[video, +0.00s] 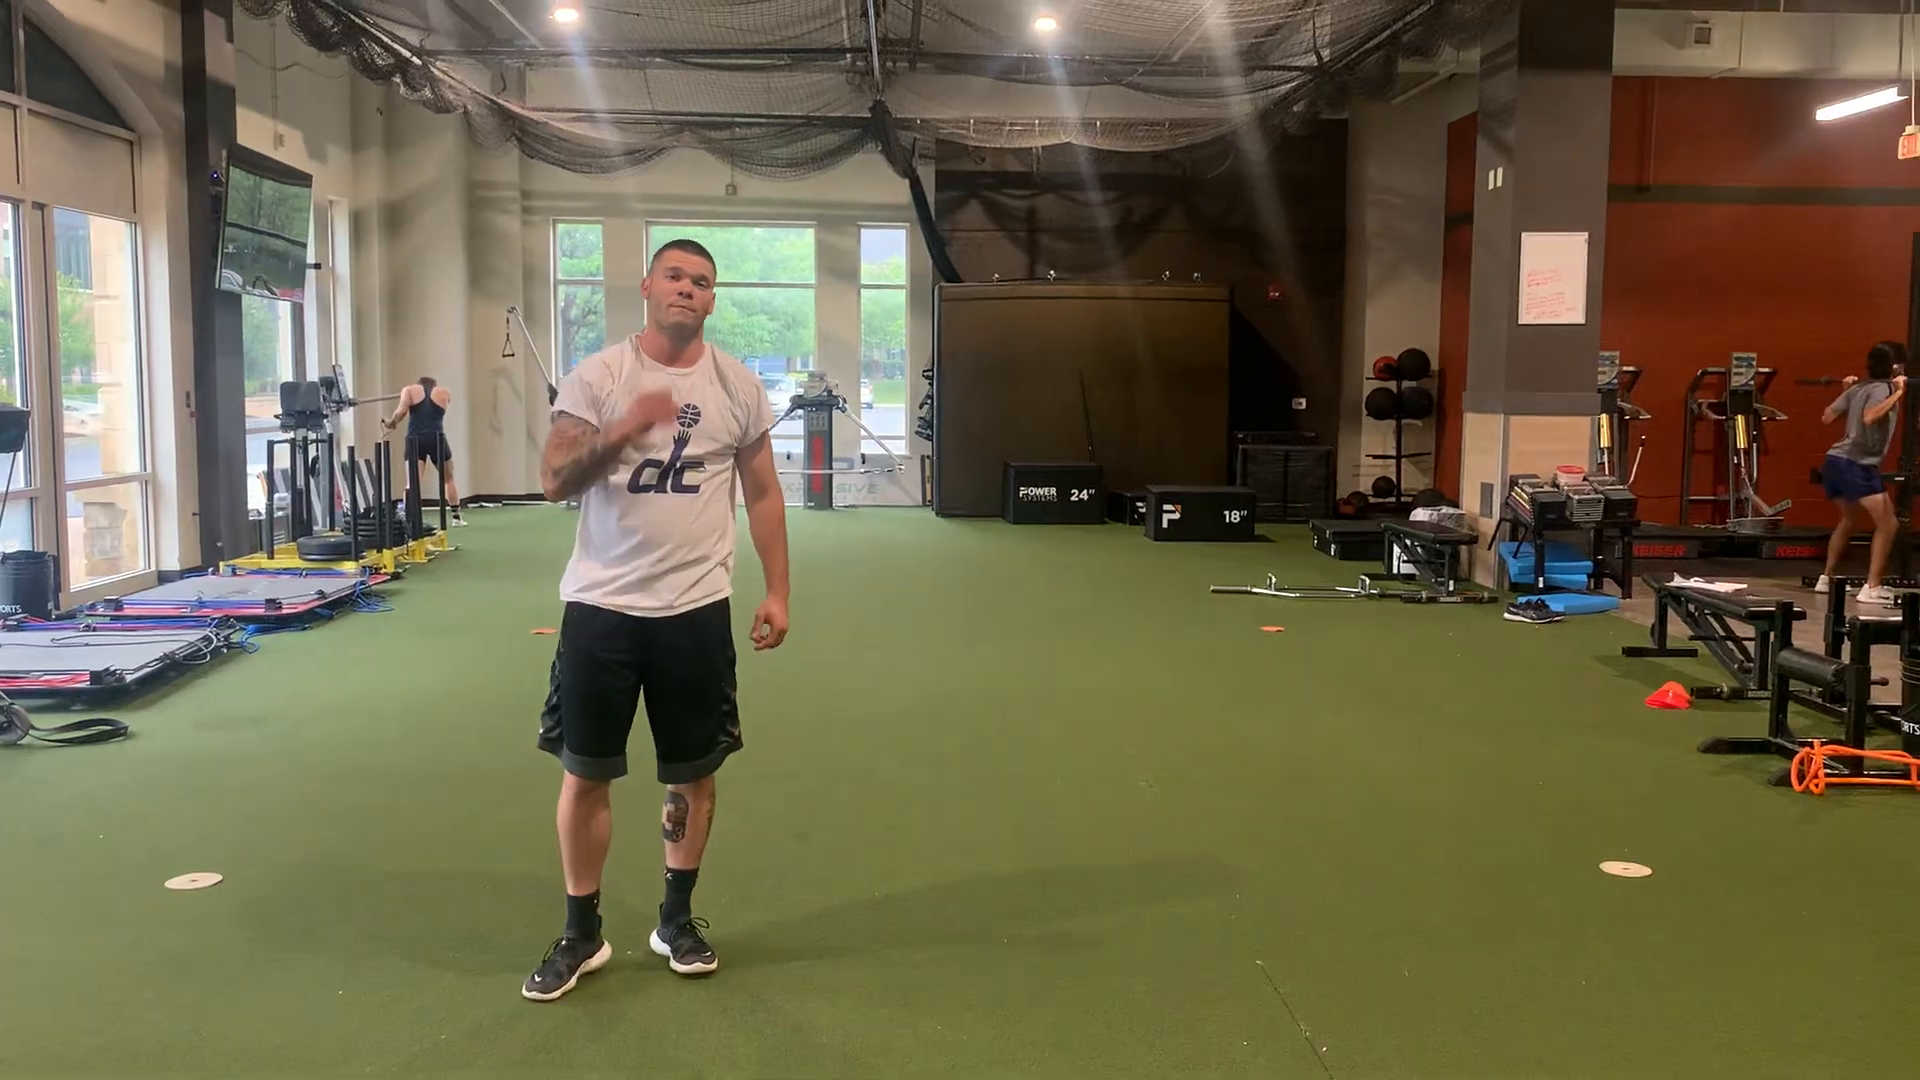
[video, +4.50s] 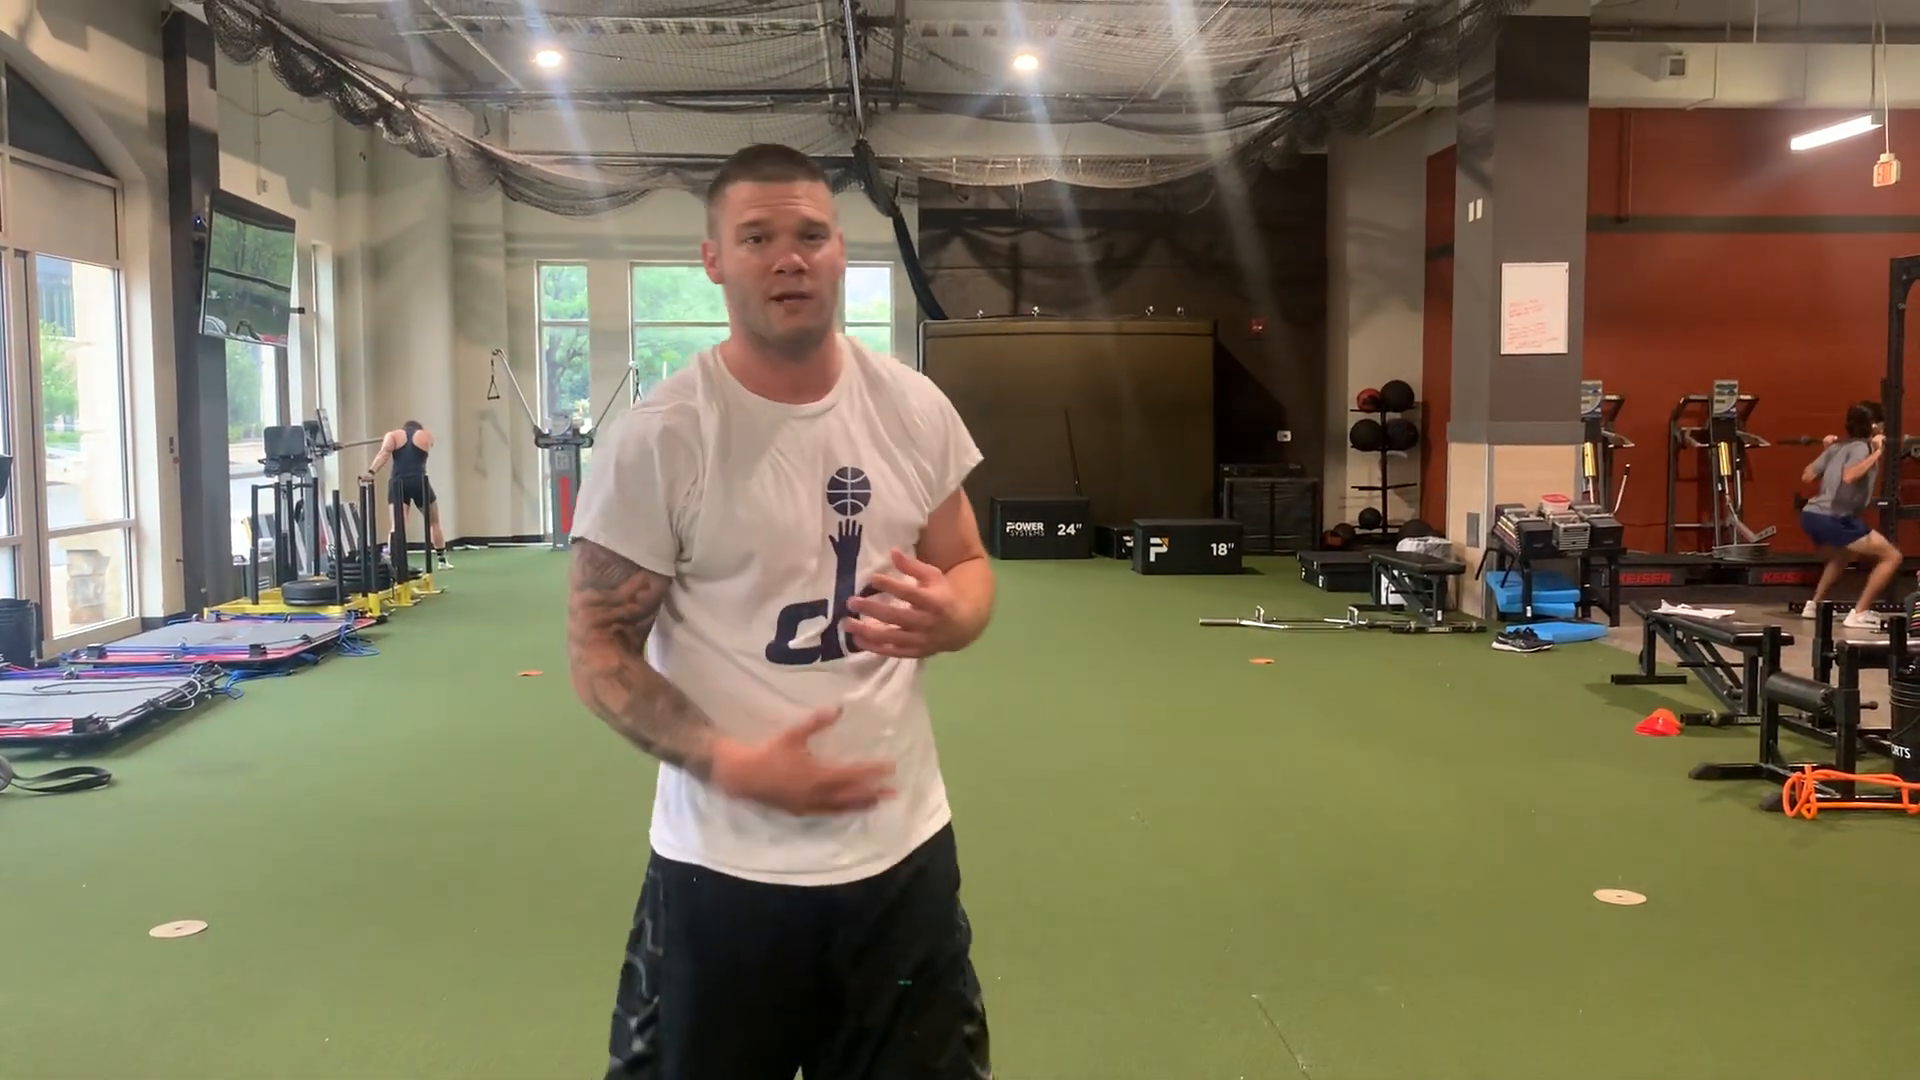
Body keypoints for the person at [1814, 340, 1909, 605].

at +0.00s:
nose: (1903, 371)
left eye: (1904, 368)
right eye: (1902, 367)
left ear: (1872, 366)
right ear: (1893, 368)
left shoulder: (1856, 390)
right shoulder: (1882, 390)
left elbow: (1827, 417)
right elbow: (1869, 417)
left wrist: (1846, 389)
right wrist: (1898, 393)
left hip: (1834, 462)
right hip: (1857, 467)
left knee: (1848, 519)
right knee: (1888, 524)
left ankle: (1826, 577)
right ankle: (1872, 587)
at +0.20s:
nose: (1896, 399)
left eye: (1896, 396)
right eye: (1894, 395)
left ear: (1864, 396)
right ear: (1886, 398)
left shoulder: (1849, 418)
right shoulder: (1875, 419)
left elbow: (1818, 445)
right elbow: (1861, 446)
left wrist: (1838, 419)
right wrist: (1891, 422)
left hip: (1823, 486)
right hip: (1848, 492)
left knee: (1852, 529)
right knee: (1901, 530)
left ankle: (1822, 578)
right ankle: (1868, 587)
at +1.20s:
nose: (1911, 370)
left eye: (1911, 366)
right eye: (1910, 365)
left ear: (1881, 364)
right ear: (1901, 366)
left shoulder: (1864, 388)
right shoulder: (1890, 388)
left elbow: (1835, 415)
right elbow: (1876, 416)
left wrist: (1854, 389)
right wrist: (1905, 391)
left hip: (1841, 460)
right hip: (1863, 465)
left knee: (1857, 517)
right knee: (1901, 517)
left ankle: (1837, 574)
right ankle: (1885, 582)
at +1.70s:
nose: (1915, 396)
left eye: (1914, 391)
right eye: (1912, 391)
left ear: (1883, 392)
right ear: (1904, 394)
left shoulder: (1868, 414)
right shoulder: (1894, 415)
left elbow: (1838, 441)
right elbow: (1878, 443)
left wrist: (1858, 416)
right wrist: (1908, 421)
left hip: (1841, 483)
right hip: (1865, 488)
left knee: (1869, 524)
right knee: (1917, 522)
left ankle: (1843, 573)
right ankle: (1889, 582)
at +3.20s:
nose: (1896, 422)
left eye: (1896, 418)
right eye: (1895, 417)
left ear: (1866, 419)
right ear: (1887, 421)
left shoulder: (1852, 441)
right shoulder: (1877, 442)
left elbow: (1822, 469)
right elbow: (1863, 472)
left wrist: (1841, 443)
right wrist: (1892, 448)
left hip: (1824, 508)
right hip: (1847, 512)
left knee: (1856, 542)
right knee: (1910, 540)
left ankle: (1826, 585)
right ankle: (1872, 593)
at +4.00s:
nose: (1885, 395)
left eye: (1885, 390)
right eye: (1882, 390)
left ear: (1855, 392)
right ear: (1872, 393)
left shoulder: (1840, 416)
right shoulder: (1865, 415)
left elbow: (1812, 443)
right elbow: (1854, 444)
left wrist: (1829, 417)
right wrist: (1881, 419)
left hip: (1819, 486)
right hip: (1840, 491)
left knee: (1837, 540)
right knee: (1881, 541)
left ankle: (1814, 597)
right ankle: (1861, 605)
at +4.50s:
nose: (1881, 429)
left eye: (1881, 425)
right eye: (1879, 424)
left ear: (1850, 425)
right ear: (1871, 427)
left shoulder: (1837, 448)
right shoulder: (1862, 448)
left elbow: (1807, 475)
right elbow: (1849, 476)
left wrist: (1825, 450)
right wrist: (1877, 453)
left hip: (1811, 515)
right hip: (1836, 520)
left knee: (1842, 555)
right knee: (1892, 557)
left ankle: (1814, 604)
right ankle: (1860, 613)